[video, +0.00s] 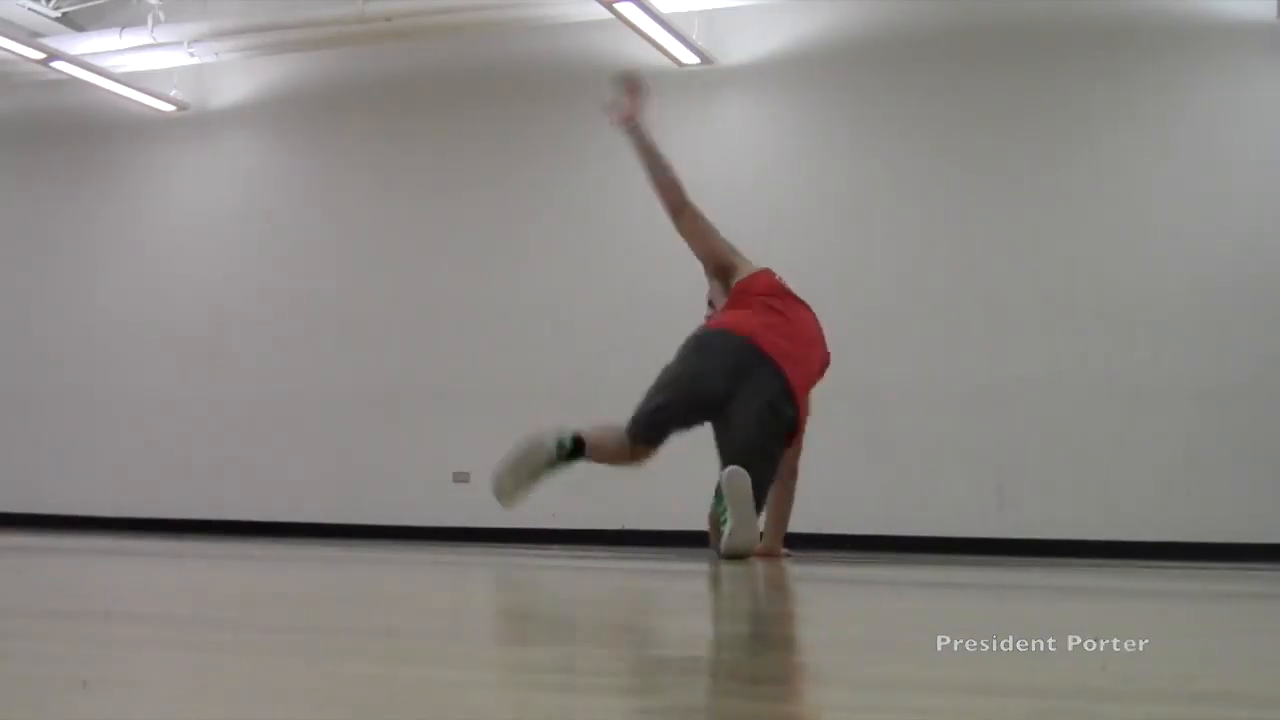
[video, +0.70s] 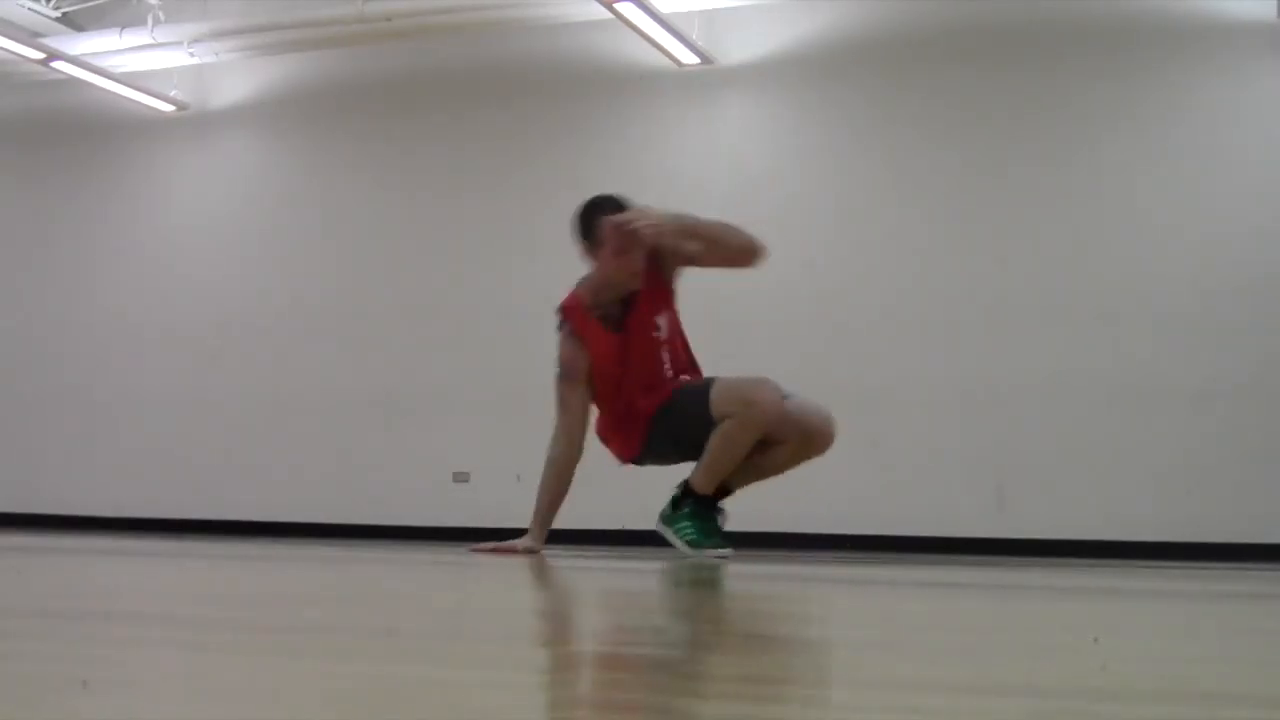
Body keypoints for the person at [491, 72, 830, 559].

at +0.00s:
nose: (712, 313)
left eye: (712, 304)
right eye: (711, 309)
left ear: (728, 283)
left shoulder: (744, 274)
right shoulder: (805, 359)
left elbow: (679, 205)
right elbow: (788, 466)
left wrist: (635, 129)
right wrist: (773, 542)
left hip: (719, 352)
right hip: (776, 395)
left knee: (635, 443)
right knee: (732, 517)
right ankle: (735, 519)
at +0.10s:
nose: (707, 286)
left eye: (712, 277)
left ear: (750, 261)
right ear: (787, 286)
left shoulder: (735, 256)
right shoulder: (801, 341)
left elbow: (650, 204)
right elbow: (793, 457)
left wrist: (567, 192)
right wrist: (771, 527)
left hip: (678, 356)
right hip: (739, 400)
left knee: (648, 398)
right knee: (708, 526)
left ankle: (620, 486)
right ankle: (725, 517)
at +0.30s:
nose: (808, 229)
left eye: (811, 220)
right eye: (804, 214)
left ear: (765, 202)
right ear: (774, 198)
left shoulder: (693, 226)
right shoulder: (776, 245)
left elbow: (622, 262)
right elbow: (795, 336)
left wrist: (679, 296)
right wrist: (818, 402)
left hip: (636, 390)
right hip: (701, 399)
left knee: (707, 440)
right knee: (756, 524)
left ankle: (660, 507)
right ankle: (719, 503)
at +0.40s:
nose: (774, 201)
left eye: (779, 192)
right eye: (765, 189)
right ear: (732, 182)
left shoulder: (697, 229)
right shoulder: (719, 233)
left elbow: (698, 324)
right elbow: (709, 318)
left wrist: (765, 344)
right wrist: (781, 371)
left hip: (639, 392)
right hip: (669, 388)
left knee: (759, 428)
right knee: (807, 443)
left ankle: (671, 503)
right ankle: (704, 493)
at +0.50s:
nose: (742, 205)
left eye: (747, 193)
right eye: (730, 193)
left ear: (752, 192)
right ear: (698, 190)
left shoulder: (729, 242)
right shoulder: (665, 249)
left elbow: (758, 319)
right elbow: (636, 339)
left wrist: (817, 325)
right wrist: (644, 410)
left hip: (687, 383)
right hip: (654, 387)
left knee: (796, 420)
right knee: (793, 381)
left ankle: (682, 497)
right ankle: (696, 501)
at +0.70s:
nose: (639, 254)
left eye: (639, 242)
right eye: (624, 246)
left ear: (647, 239)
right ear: (594, 254)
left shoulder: (658, 263)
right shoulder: (579, 325)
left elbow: (749, 252)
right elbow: (568, 437)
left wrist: (673, 225)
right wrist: (536, 534)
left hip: (684, 399)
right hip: (638, 427)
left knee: (814, 428)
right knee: (760, 398)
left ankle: (703, 502)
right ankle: (687, 508)